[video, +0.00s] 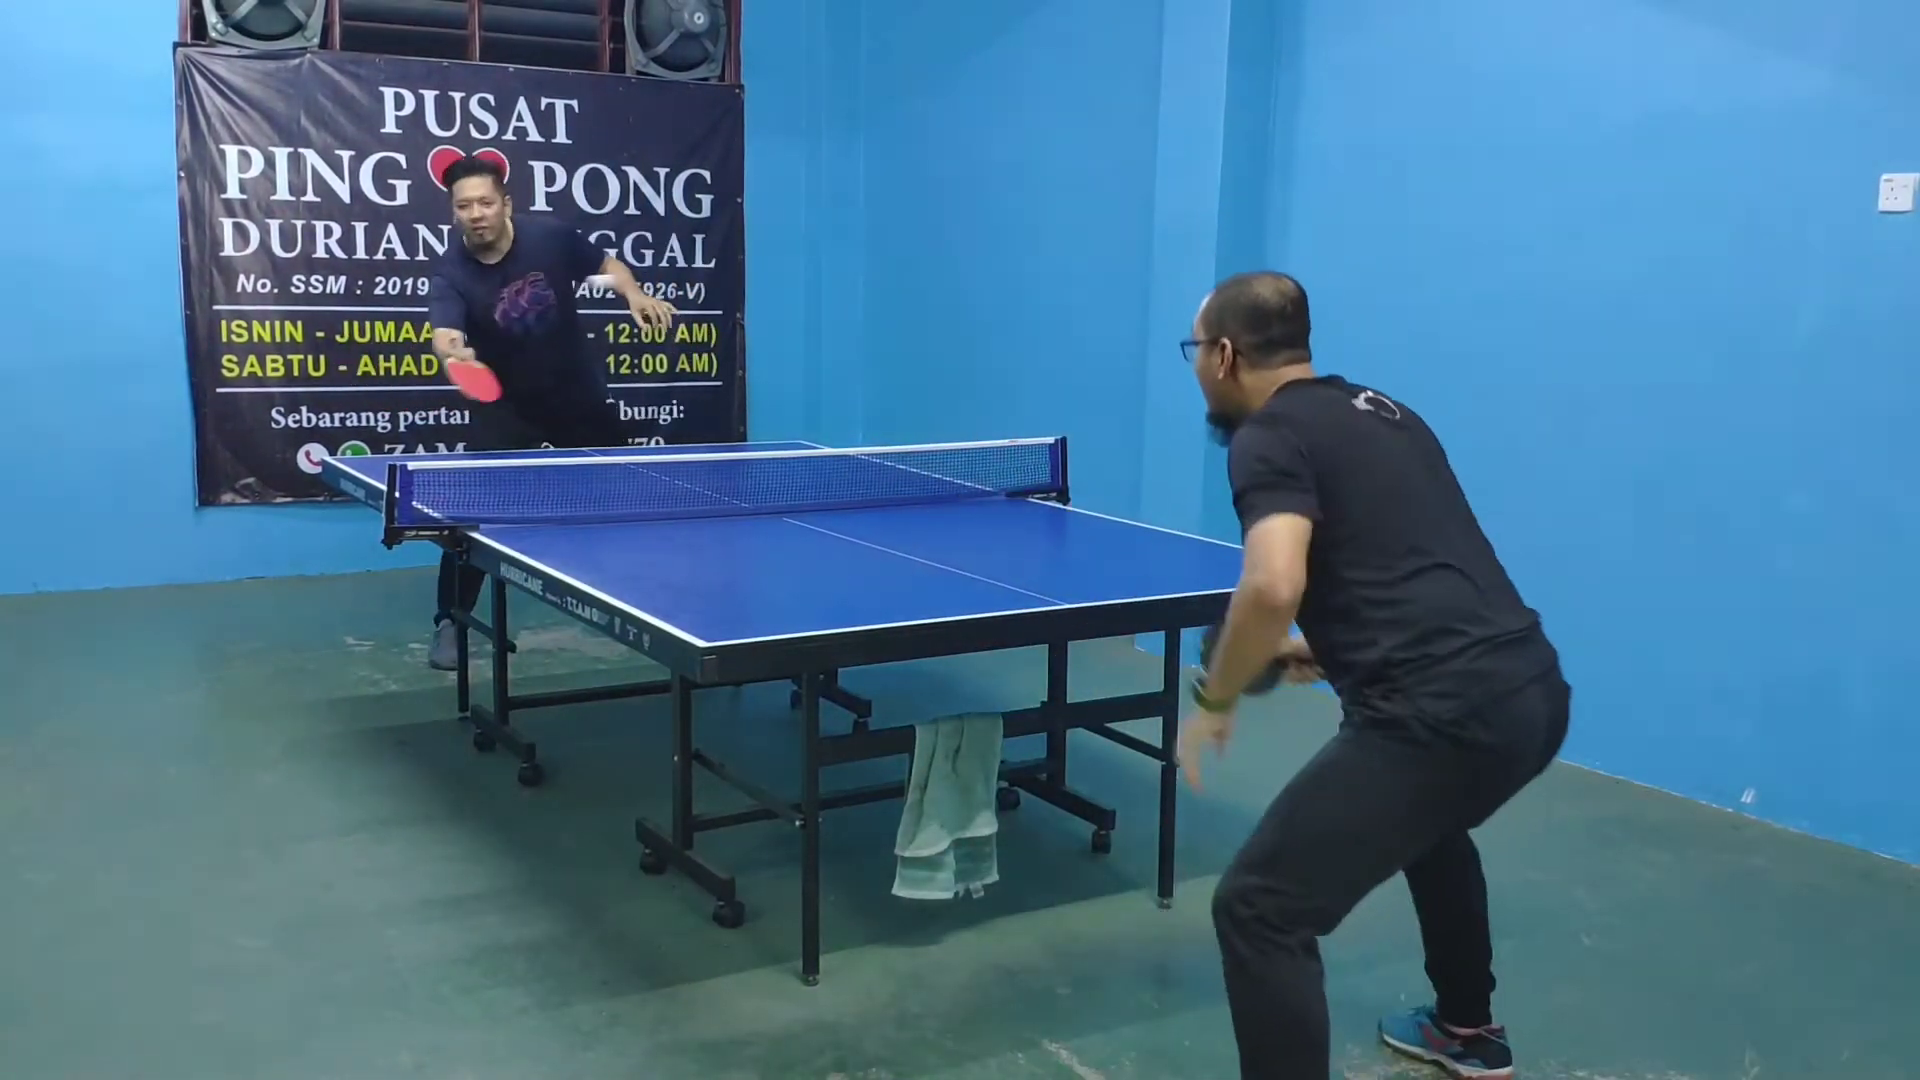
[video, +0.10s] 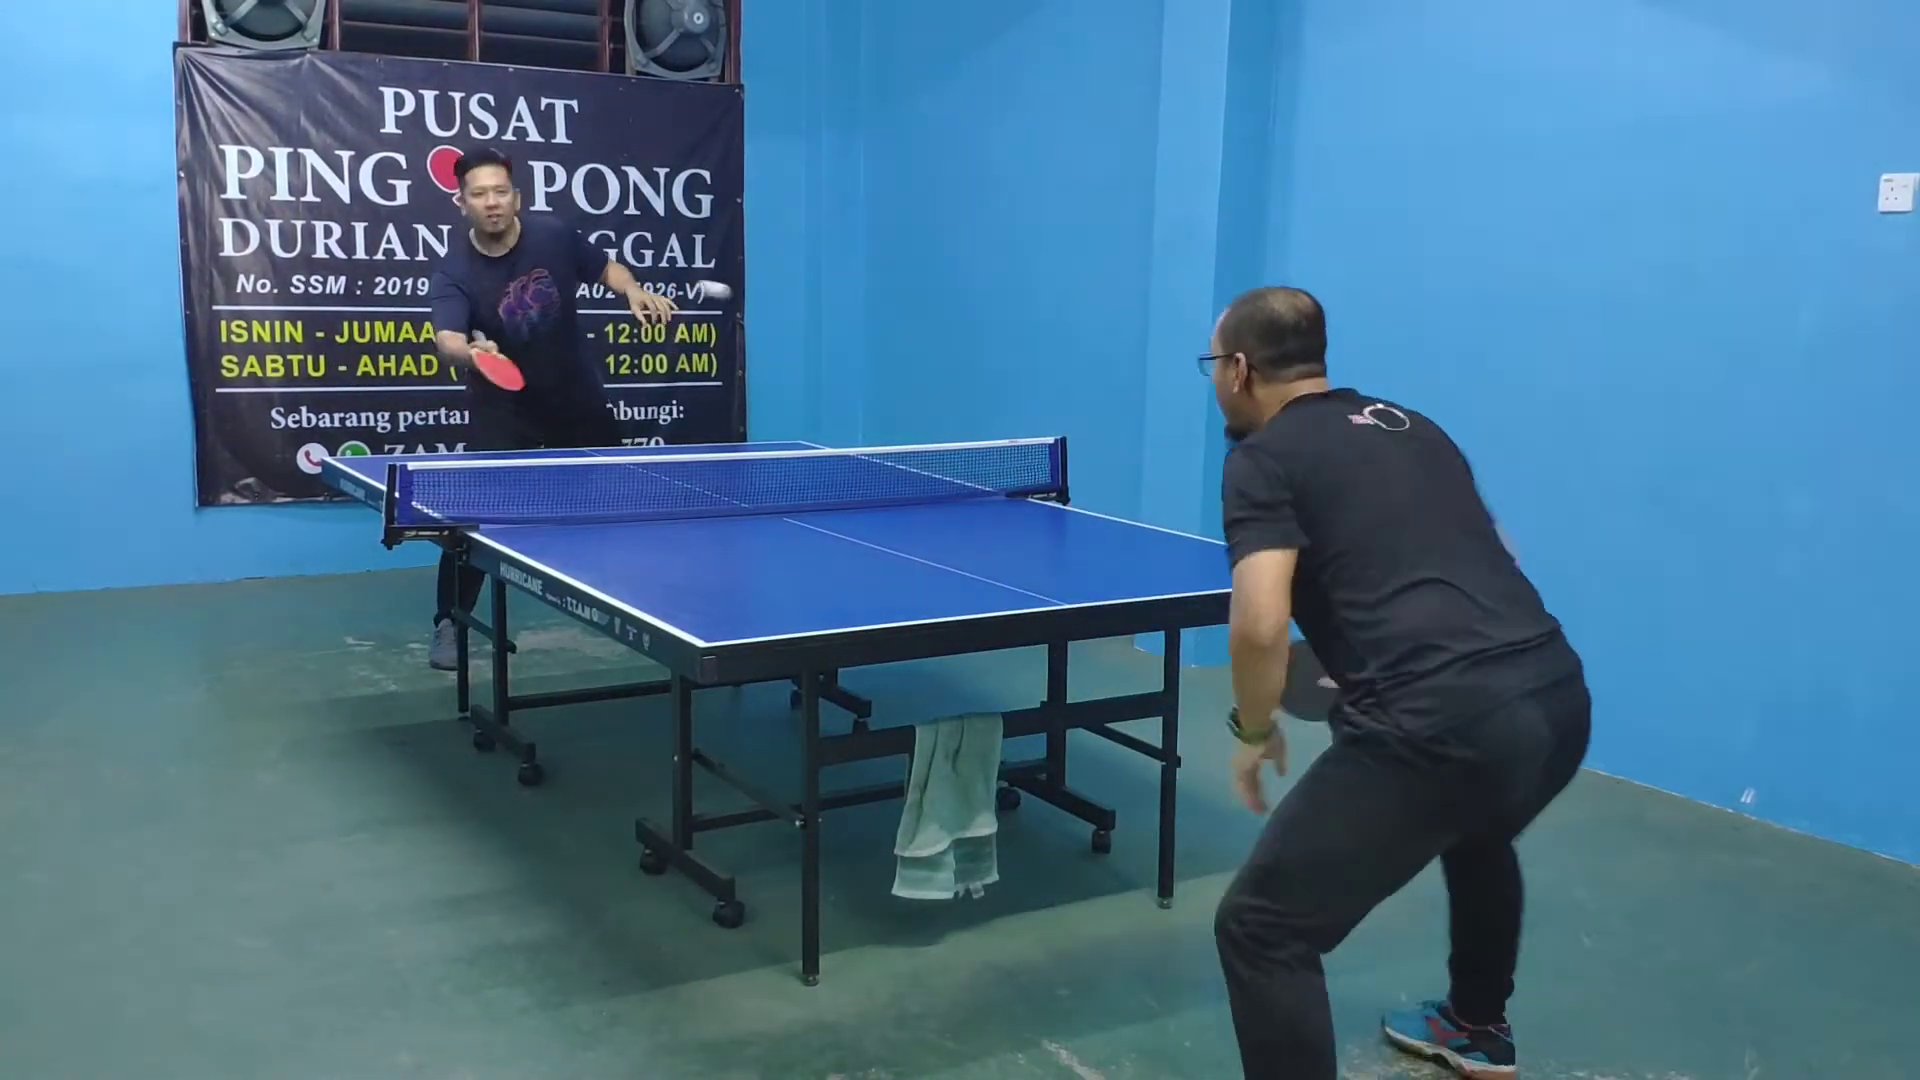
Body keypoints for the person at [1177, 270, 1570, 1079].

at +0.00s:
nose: (1199, 369)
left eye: (1198, 352)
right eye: (1197, 352)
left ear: (1223, 355)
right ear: (1298, 347)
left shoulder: (1272, 434)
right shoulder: (1379, 410)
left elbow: (1272, 589)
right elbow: (1424, 569)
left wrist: (1217, 699)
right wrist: (1323, 647)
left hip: (1433, 721)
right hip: (1530, 701)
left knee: (1258, 911)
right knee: (1424, 816)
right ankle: (1468, 1027)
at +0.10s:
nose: (1214, 380)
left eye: (1215, 365)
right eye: (1212, 365)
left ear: (1240, 370)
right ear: (1316, 362)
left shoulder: (1264, 455)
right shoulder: (1410, 426)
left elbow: (1261, 624)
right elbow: (1484, 551)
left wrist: (1257, 731)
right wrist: (1379, 665)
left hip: (1435, 731)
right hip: (1556, 708)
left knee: (1262, 929)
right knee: (1477, 827)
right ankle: (1478, 1023)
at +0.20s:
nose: (1262, 364)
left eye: (1266, 350)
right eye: (1262, 350)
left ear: (1293, 354)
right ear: (1366, 349)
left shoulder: (1276, 451)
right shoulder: (1467, 420)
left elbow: (1251, 626)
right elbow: (1576, 581)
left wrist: (1303, 707)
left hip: (1417, 727)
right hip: (1556, 710)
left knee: (1251, 931)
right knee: (1493, 831)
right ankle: (1523, 1048)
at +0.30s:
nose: (1335, 371)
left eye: (1337, 355)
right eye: (1335, 356)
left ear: (1363, 354)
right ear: (1440, 356)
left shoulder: (1315, 460)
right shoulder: (1542, 448)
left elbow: (1273, 636)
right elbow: (1652, 608)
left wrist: (1379, 661)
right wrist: (1610, 714)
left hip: (1385, 748)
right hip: (1532, 749)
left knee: (1203, 904)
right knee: (1515, 883)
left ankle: (1234, 1070)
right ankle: (1561, 1067)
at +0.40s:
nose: (1388, 388)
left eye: (1389, 372)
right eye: (1390, 373)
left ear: (1410, 370)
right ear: (1500, 386)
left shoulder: (1341, 478)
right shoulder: (1568, 472)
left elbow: (1312, 653)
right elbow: (1655, 640)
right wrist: (1697, 796)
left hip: (1348, 769)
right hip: (1502, 779)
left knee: (1193, 921)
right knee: (1532, 899)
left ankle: (1145, 1066)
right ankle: (1551, 1067)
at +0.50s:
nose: (1408, 397)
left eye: (1410, 383)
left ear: (1421, 382)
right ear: (1526, 404)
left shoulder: (1361, 475)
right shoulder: (1551, 476)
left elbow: (1387, 583)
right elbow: (1579, 592)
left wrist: (1515, 615)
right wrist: (1635, 779)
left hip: (1311, 790)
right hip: (1469, 803)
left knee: (1161, 956)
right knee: (1531, 899)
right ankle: (1546, 1067)